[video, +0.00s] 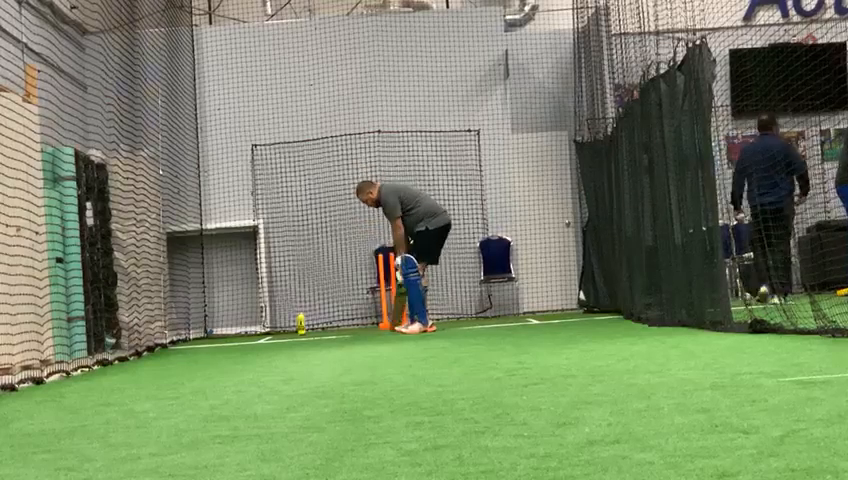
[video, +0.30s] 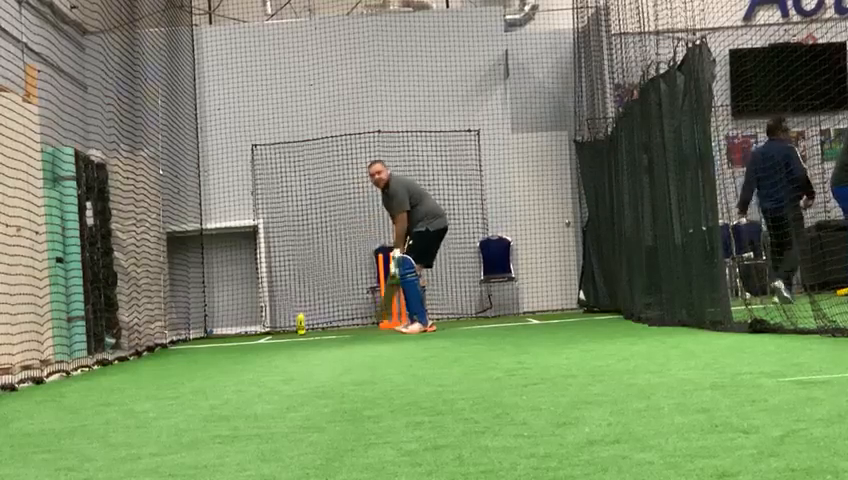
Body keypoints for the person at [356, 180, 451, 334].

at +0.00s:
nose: (368, 205)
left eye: (366, 201)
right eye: (365, 203)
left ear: (371, 193)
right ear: (372, 191)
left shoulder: (387, 194)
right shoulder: (387, 191)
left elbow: (398, 228)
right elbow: (400, 228)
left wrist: (400, 257)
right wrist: (402, 255)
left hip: (431, 225)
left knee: (414, 270)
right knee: (416, 270)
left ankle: (420, 321)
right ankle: (422, 319)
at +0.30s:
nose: (376, 177)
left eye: (379, 172)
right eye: (372, 175)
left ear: (387, 171)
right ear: (370, 179)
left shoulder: (396, 186)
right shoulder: (386, 194)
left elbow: (402, 221)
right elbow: (397, 222)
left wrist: (398, 249)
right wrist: (398, 246)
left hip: (432, 225)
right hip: (421, 227)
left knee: (411, 268)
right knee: (412, 269)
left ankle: (420, 320)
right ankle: (419, 318)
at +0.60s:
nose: (393, 153)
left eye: (396, 149)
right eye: (389, 150)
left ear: (403, 151)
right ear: (385, 154)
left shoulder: (412, 171)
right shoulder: (389, 176)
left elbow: (412, 202)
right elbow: (397, 203)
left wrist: (396, 221)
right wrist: (391, 220)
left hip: (422, 225)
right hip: (407, 227)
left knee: (411, 270)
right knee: (403, 269)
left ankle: (420, 319)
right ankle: (417, 317)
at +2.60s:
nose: (391, 165)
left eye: (394, 161)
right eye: (387, 162)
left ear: (400, 163)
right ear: (382, 165)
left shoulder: (407, 183)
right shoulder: (386, 186)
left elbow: (409, 217)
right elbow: (396, 214)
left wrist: (396, 236)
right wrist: (393, 233)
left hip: (429, 229)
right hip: (414, 230)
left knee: (405, 269)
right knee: (401, 268)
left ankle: (420, 320)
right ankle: (414, 318)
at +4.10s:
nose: (367, 181)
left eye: (370, 176)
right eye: (363, 178)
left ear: (378, 176)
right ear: (359, 180)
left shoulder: (383, 194)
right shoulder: (372, 195)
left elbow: (382, 228)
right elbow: (379, 215)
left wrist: (373, 232)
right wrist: (372, 219)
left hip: (414, 231)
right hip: (401, 233)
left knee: (392, 262)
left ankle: (398, 319)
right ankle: (405, 317)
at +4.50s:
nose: (347, 200)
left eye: (350, 195)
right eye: (344, 197)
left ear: (360, 190)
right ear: (342, 197)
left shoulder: (367, 205)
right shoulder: (369, 199)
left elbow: (365, 241)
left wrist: (357, 243)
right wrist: (364, 227)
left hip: (399, 243)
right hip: (391, 243)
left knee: (373, 272)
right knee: (360, 279)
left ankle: (398, 324)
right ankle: (382, 324)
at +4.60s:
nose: (344, 197)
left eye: (346, 192)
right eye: (341, 194)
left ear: (356, 187)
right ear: (340, 193)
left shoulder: (367, 199)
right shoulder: (359, 204)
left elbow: (360, 232)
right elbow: (358, 229)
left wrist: (341, 238)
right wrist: (342, 235)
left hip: (399, 240)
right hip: (381, 245)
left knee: (383, 272)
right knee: (359, 282)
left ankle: (397, 323)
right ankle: (380, 324)